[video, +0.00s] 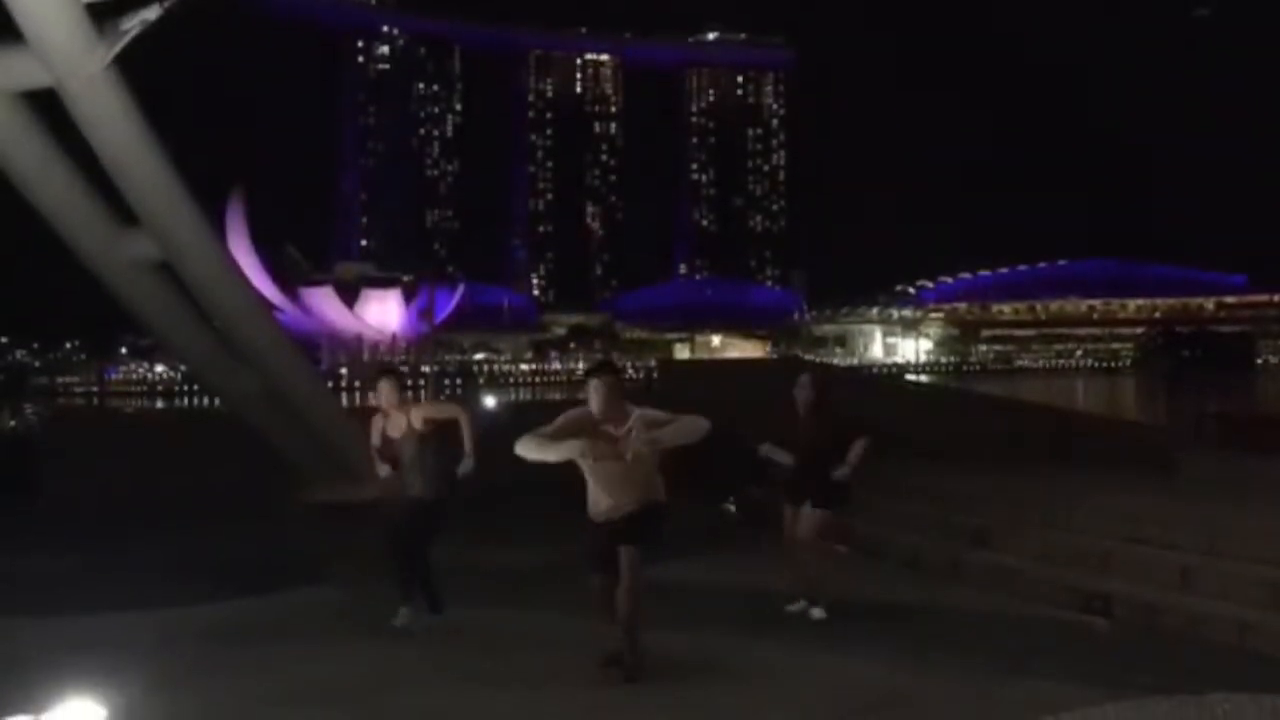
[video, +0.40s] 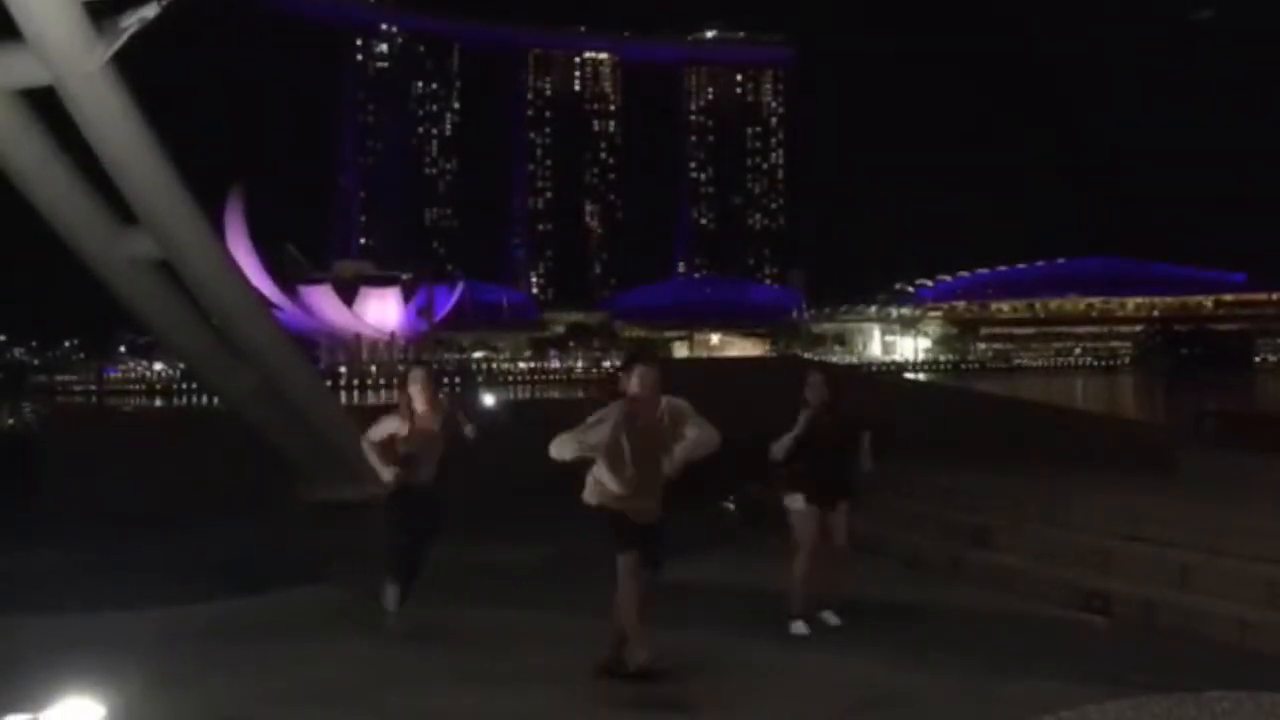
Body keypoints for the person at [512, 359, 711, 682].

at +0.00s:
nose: (597, 394)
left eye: (604, 386)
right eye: (592, 387)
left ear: (618, 390)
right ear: (585, 392)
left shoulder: (641, 419)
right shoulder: (579, 421)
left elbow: (700, 426)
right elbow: (523, 446)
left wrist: (651, 440)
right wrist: (574, 448)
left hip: (642, 509)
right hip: (602, 516)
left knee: (631, 564)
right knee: (603, 584)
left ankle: (630, 651)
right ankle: (620, 642)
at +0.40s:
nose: (645, 389)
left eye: (651, 381)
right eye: (639, 381)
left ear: (659, 384)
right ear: (625, 382)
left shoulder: (671, 409)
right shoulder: (616, 415)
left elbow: (708, 437)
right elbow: (559, 448)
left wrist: (674, 459)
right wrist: (598, 440)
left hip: (648, 504)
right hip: (611, 502)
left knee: (644, 576)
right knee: (628, 566)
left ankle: (618, 649)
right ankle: (637, 650)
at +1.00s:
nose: (639, 400)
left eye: (646, 393)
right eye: (633, 393)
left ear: (656, 394)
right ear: (621, 394)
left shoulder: (668, 418)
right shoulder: (602, 420)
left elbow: (714, 451)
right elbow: (569, 475)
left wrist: (689, 476)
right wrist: (612, 479)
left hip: (641, 515)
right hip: (600, 516)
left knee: (631, 587)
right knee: (604, 586)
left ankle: (620, 654)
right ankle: (609, 661)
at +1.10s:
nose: (624, 416)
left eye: (630, 409)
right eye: (619, 409)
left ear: (642, 409)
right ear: (611, 410)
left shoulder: (660, 438)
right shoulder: (594, 436)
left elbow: (711, 469)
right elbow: (561, 488)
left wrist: (690, 493)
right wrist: (601, 479)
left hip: (633, 525)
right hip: (590, 524)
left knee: (617, 593)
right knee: (572, 582)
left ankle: (604, 664)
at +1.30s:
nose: (601, 403)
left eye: (607, 395)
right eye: (596, 395)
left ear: (626, 395)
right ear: (592, 396)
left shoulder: (649, 422)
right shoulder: (585, 418)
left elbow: (700, 443)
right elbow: (547, 460)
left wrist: (677, 474)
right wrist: (590, 452)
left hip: (632, 513)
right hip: (589, 513)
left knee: (605, 571)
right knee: (561, 567)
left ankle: (609, 656)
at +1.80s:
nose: (601, 381)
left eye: (608, 373)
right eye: (596, 374)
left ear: (621, 378)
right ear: (589, 379)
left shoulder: (646, 412)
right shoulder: (580, 416)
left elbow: (678, 449)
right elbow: (550, 460)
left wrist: (675, 495)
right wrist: (569, 468)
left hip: (644, 503)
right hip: (607, 509)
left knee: (641, 565)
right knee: (613, 578)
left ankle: (650, 645)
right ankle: (628, 642)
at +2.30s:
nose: (646, 378)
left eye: (652, 371)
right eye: (640, 371)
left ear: (661, 375)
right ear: (627, 374)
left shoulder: (673, 410)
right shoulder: (612, 407)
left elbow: (676, 467)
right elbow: (592, 455)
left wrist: (673, 518)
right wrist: (581, 501)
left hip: (654, 504)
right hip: (611, 503)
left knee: (660, 579)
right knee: (597, 567)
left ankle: (655, 658)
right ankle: (581, 648)